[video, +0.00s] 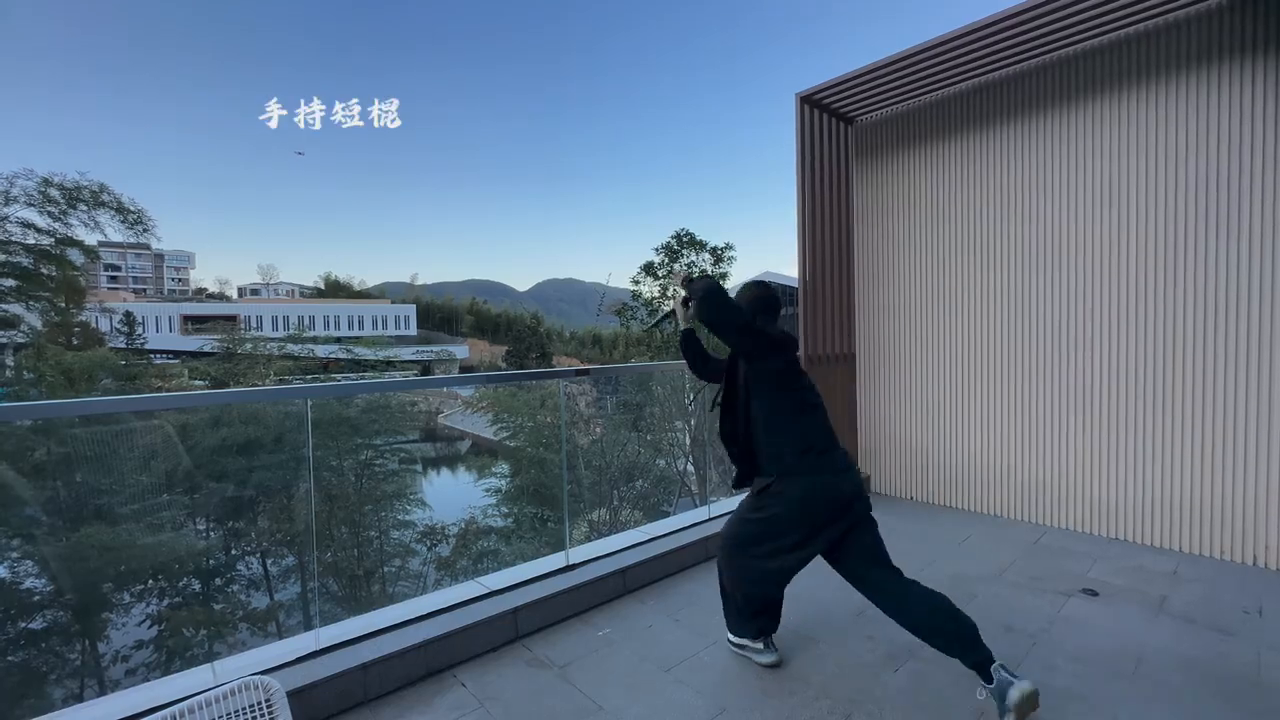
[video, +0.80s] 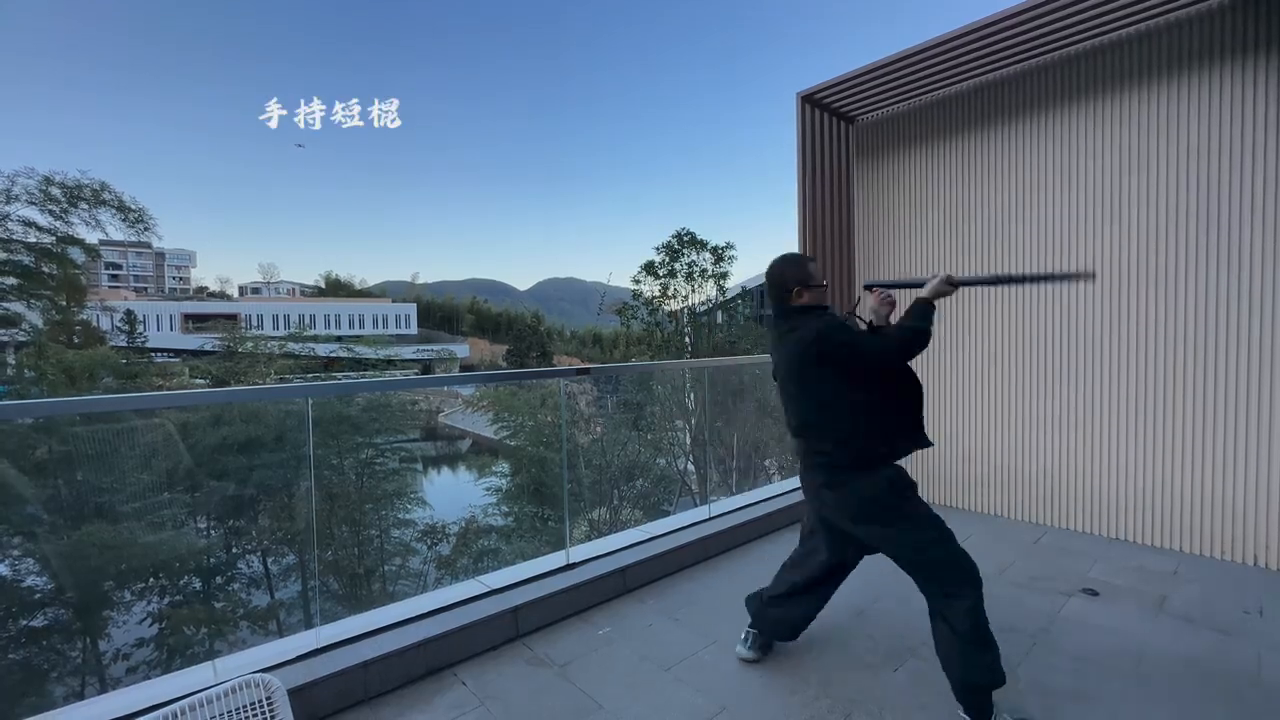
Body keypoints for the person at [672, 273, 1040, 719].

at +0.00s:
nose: (733, 313)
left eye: (737, 305)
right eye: (736, 306)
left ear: (746, 313)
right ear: (773, 314)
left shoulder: (769, 348)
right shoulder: (748, 365)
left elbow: (721, 313)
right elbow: (704, 367)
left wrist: (696, 285)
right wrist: (685, 326)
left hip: (795, 486)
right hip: (834, 485)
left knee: (739, 549)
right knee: (890, 587)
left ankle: (755, 637)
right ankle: (996, 676)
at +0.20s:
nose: (713, 317)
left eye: (718, 312)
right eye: (716, 312)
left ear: (735, 316)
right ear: (749, 316)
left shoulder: (756, 348)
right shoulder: (721, 364)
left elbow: (734, 325)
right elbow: (671, 364)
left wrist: (688, 326)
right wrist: (657, 323)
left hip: (789, 487)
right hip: (814, 485)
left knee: (729, 547)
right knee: (860, 578)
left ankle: (753, 634)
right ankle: (967, 653)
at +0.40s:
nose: (705, 327)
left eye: (711, 322)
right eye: (709, 320)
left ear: (726, 331)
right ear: (735, 331)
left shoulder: (768, 370)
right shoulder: (719, 373)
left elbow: (768, 421)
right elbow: (677, 408)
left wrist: (709, 414)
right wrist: (677, 378)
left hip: (791, 496)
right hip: (815, 493)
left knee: (728, 549)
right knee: (864, 586)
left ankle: (755, 637)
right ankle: (968, 654)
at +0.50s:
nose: (709, 330)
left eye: (714, 323)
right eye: (711, 322)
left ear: (729, 329)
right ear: (745, 327)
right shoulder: (734, 366)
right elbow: (708, 411)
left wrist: (702, 452)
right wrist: (685, 407)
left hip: (795, 502)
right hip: (830, 494)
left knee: (730, 547)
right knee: (876, 585)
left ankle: (754, 638)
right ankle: (974, 663)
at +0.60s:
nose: (719, 325)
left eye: (719, 318)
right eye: (720, 317)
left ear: (728, 321)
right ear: (763, 311)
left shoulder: (748, 370)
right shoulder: (793, 340)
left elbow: (741, 440)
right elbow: (742, 377)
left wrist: (708, 420)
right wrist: (715, 397)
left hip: (794, 492)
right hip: (854, 483)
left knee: (741, 545)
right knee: (900, 582)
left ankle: (753, 635)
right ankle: (974, 687)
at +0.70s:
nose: (784, 288)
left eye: (777, 284)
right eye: (780, 283)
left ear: (741, 309)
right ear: (778, 295)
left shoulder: (748, 362)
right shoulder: (813, 322)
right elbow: (818, 309)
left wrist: (771, 311)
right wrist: (785, 305)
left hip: (806, 480)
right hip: (869, 474)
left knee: (781, 554)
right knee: (930, 576)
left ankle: (759, 633)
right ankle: (974, 703)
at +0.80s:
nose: (826, 290)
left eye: (822, 283)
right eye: (819, 284)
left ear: (787, 297)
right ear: (801, 293)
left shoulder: (789, 336)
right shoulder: (823, 332)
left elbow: (847, 367)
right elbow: (896, 348)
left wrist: (874, 324)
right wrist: (928, 300)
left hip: (826, 483)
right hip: (870, 485)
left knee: (816, 561)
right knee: (954, 580)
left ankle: (759, 633)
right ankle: (981, 706)